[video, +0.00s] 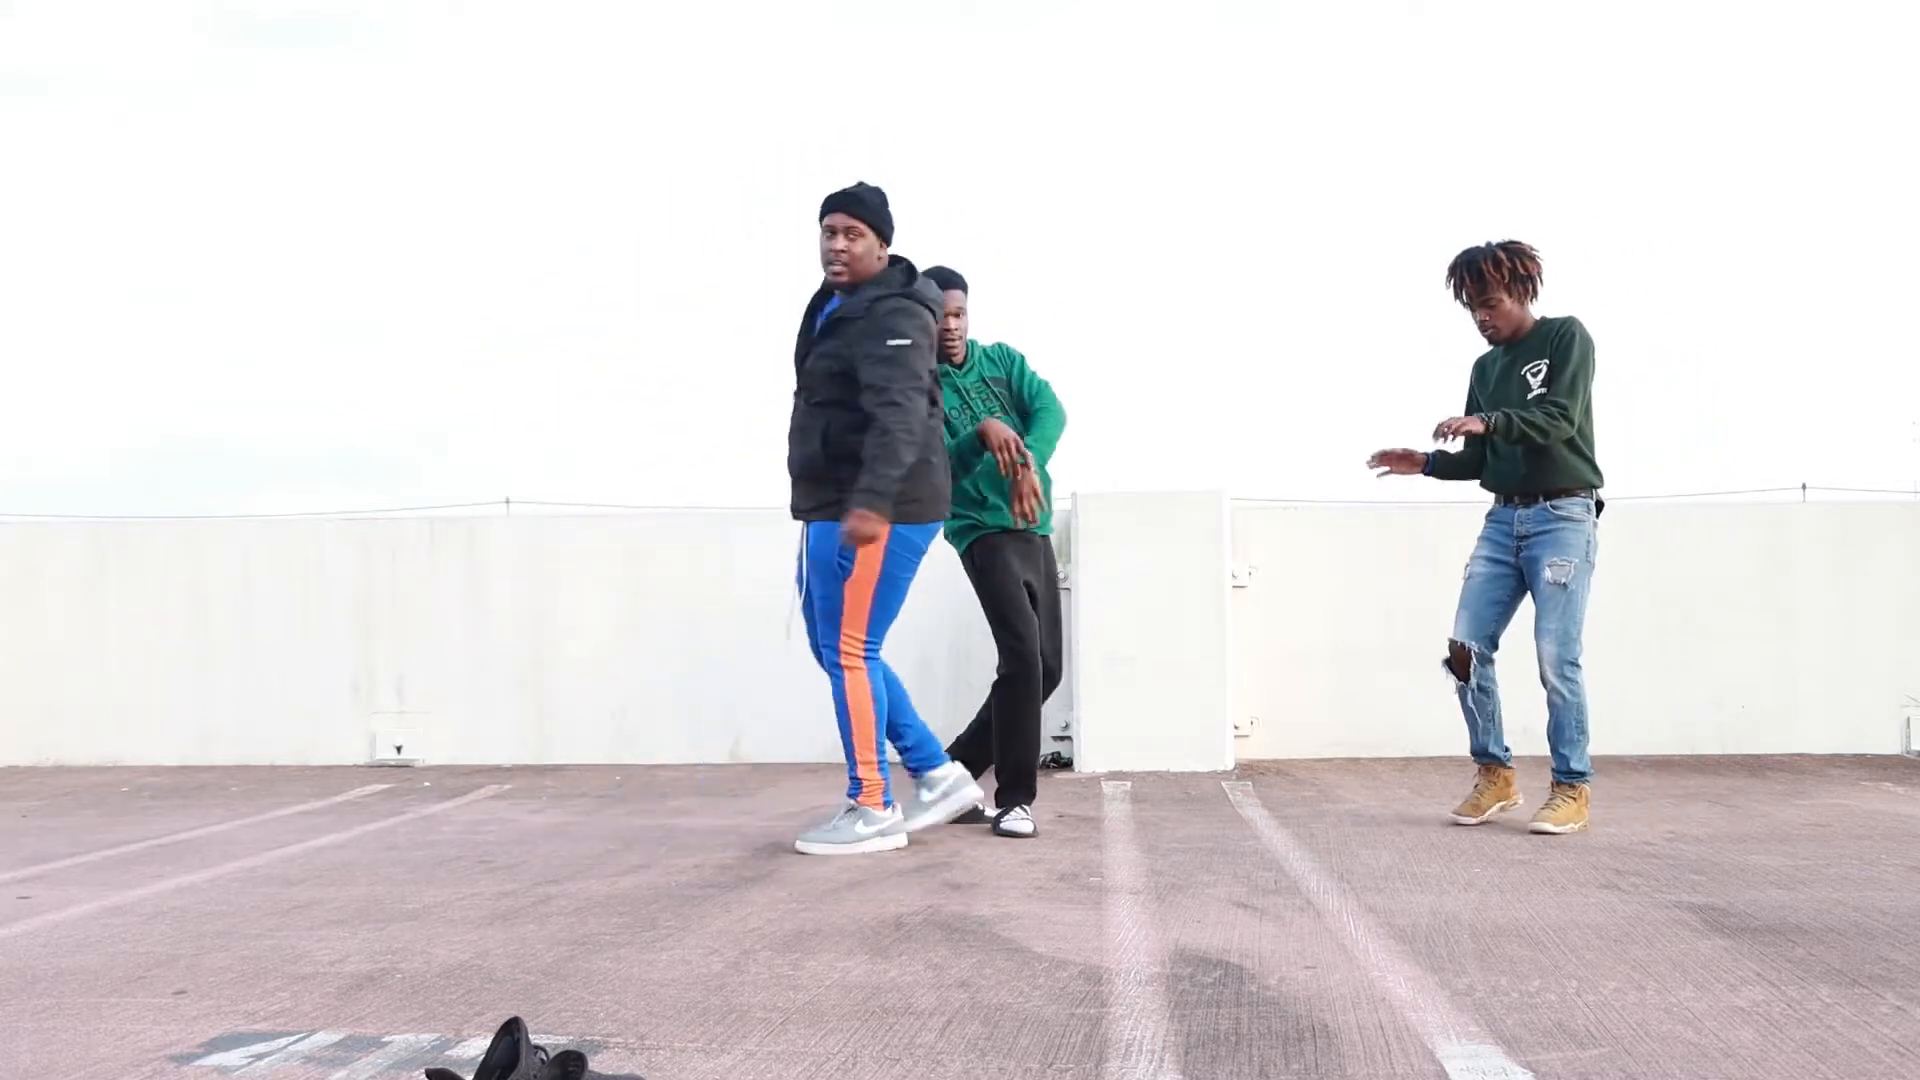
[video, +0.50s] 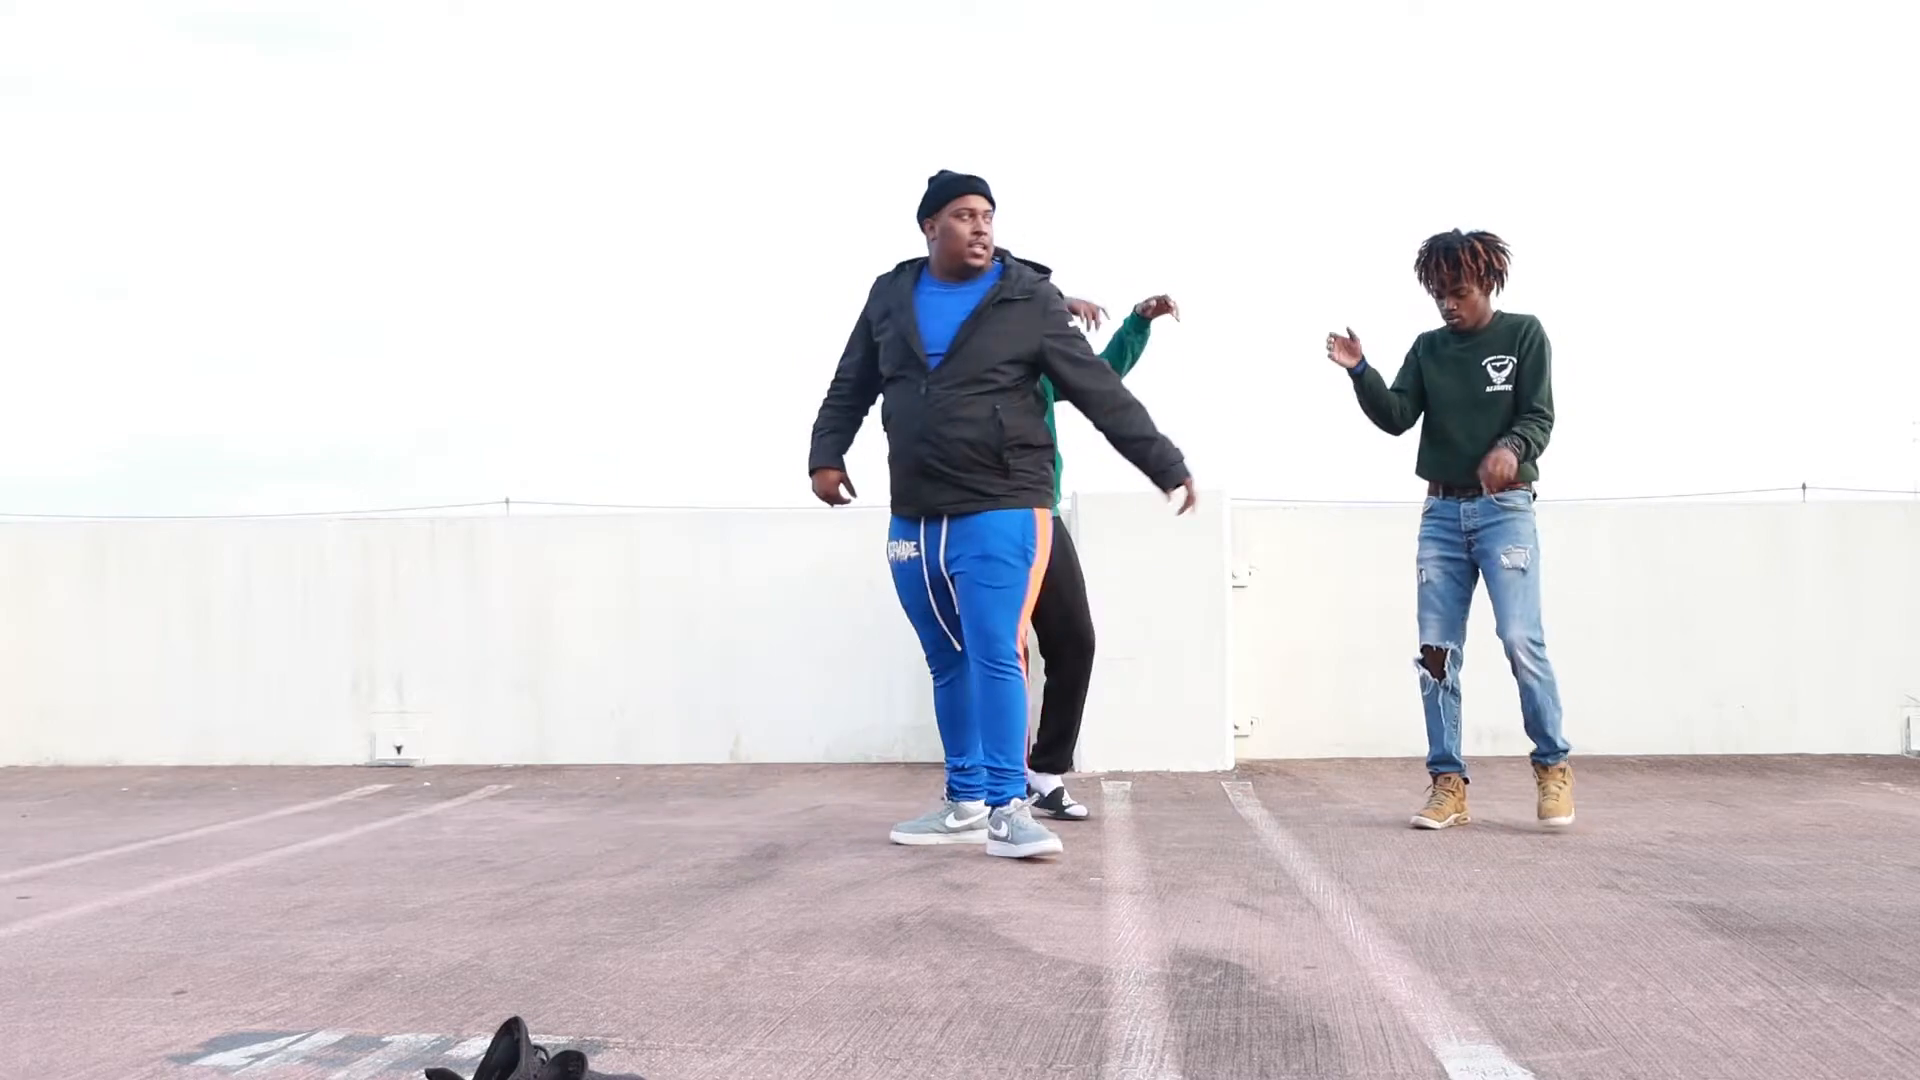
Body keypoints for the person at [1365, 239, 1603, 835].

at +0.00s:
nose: (1480, 320)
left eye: (1488, 306)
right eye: (1472, 309)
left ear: (1522, 293)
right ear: (1470, 306)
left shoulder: (1567, 337)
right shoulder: (1485, 369)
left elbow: (1557, 420)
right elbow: (1480, 461)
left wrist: (1488, 423)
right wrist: (1424, 462)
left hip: (1562, 517)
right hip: (1504, 520)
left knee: (1554, 658)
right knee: (1467, 651)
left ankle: (1570, 789)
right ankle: (1494, 777)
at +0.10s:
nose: (1476, 313)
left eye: (1485, 299)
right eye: (1469, 302)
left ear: (1521, 289)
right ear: (1465, 298)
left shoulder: (1561, 330)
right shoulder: (1478, 362)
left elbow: (1554, 411)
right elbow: (1473, 451)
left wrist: (1488, 407)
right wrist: (1416, 446)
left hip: (1558, 515)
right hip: (1500, 517)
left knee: (1558, 655)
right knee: (1464, 648)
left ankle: (1571, 789)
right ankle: (1473, 781)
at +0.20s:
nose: (1470, 307)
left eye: (1479, 294)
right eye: (1462, 296)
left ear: (1514, 285)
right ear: (1458, 293)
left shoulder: (1551, 324)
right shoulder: (1468, 354)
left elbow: (1546, 403)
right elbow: (1456, 444)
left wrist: (1486, 396)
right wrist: (1407, 429)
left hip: (1551, 512)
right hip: (1489, 514)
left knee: (1560, 657)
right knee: (1460, 649)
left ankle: (1571, 788)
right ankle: (1454, 783)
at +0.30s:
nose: (1464, 308)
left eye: (1474, 295)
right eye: (1456, 298)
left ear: (1506, 286)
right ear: (1451, 294)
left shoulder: (1542, 328)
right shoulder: (1456, 353)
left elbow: (1540, 406)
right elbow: (1439, 440)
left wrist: (1486, 396)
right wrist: (1391, 416)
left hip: (1537, 512)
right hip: (1473, 515)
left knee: (1553, 656)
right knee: (1453, 652)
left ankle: (1570, 787)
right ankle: (1451, 784)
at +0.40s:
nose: (1454, 308)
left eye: (1464, 295)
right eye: (1446, 297)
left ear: (1497, 285)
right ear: (1441, 292)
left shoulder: (1533, 332)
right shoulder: (1440, 350)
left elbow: (1538, 415)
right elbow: (1417, 431)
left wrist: (1494, 414)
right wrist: (1374, 396)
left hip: (1518, 512)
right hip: (1454, 514)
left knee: (1538, 653)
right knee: (1442, 653)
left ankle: (1566, 783)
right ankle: (1448, 785)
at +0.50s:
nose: (1448, 307)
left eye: (1458, 295)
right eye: (1440, 296)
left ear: (1488, 285)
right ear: (1433, 291)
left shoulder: (1523, 333)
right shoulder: (1427, 347)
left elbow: (1538, 416)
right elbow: (1395, 417)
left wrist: (1512, 447)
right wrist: (1359, 369)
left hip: (1504, 509)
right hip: (1441, 513)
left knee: (1518, 640)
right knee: (1436, 650)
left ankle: (1551, 767)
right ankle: (1447, 784)